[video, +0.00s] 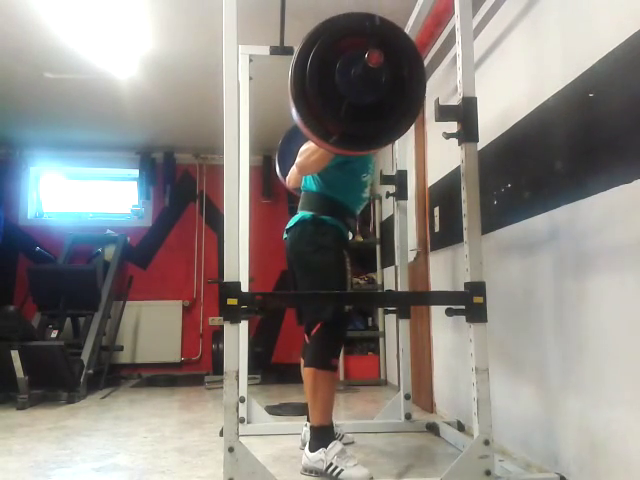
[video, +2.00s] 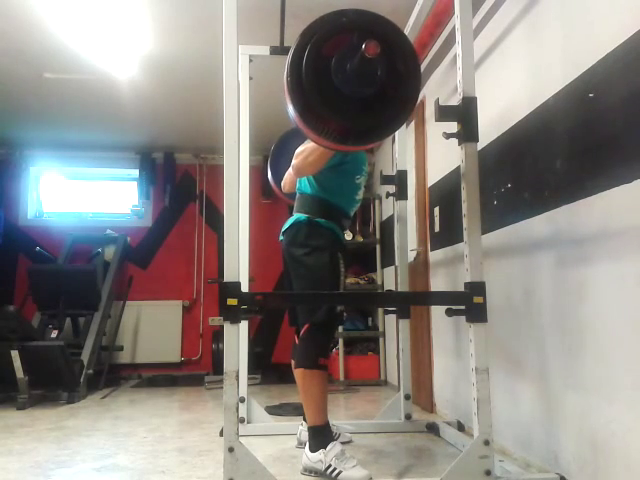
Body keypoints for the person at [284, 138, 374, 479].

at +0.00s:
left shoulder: (355, 137)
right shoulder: (338, 131)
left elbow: (292, 180)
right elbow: (300, 168)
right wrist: (340, 138)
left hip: (321, 232)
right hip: (315, 231)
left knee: (320, 332)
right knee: (328, 331)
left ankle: (317, 432)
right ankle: (321, 446)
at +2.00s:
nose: (378, 131)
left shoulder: (347, 143)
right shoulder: (335, 135)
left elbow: (287, 185)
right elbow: (298, 167)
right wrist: (337, 134)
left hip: (316, 234)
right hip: (311, 234)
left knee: (313, 334)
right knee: (317, 333)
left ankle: (315, 428)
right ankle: (319, 447)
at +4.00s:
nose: (373, 130)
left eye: (374, 124)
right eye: (369, 124)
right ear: (355, 119)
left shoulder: (348, 151)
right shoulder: (331, 139)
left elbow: (288, 186)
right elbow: (294, 173)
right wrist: (330, 136)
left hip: (313, 237)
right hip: (302, 235)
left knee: (318, 329)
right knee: (324, 326)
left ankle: (315, 429)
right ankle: (319, 445)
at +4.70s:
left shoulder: (355, 180)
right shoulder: (331, 176)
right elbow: (294, 221)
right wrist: (345, 190)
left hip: (300, 266)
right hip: (283, 264)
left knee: (335, 328)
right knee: (351, 325)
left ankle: (313, 422)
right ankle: (321, 446)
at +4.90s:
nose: (351, 166)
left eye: (356, 160)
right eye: (346, 160)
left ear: (367, 165)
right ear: (336, 164)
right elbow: (300, 245)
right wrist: (341, 206)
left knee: (340, 337)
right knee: (359, 337)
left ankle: (315, 427)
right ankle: (322, 448)